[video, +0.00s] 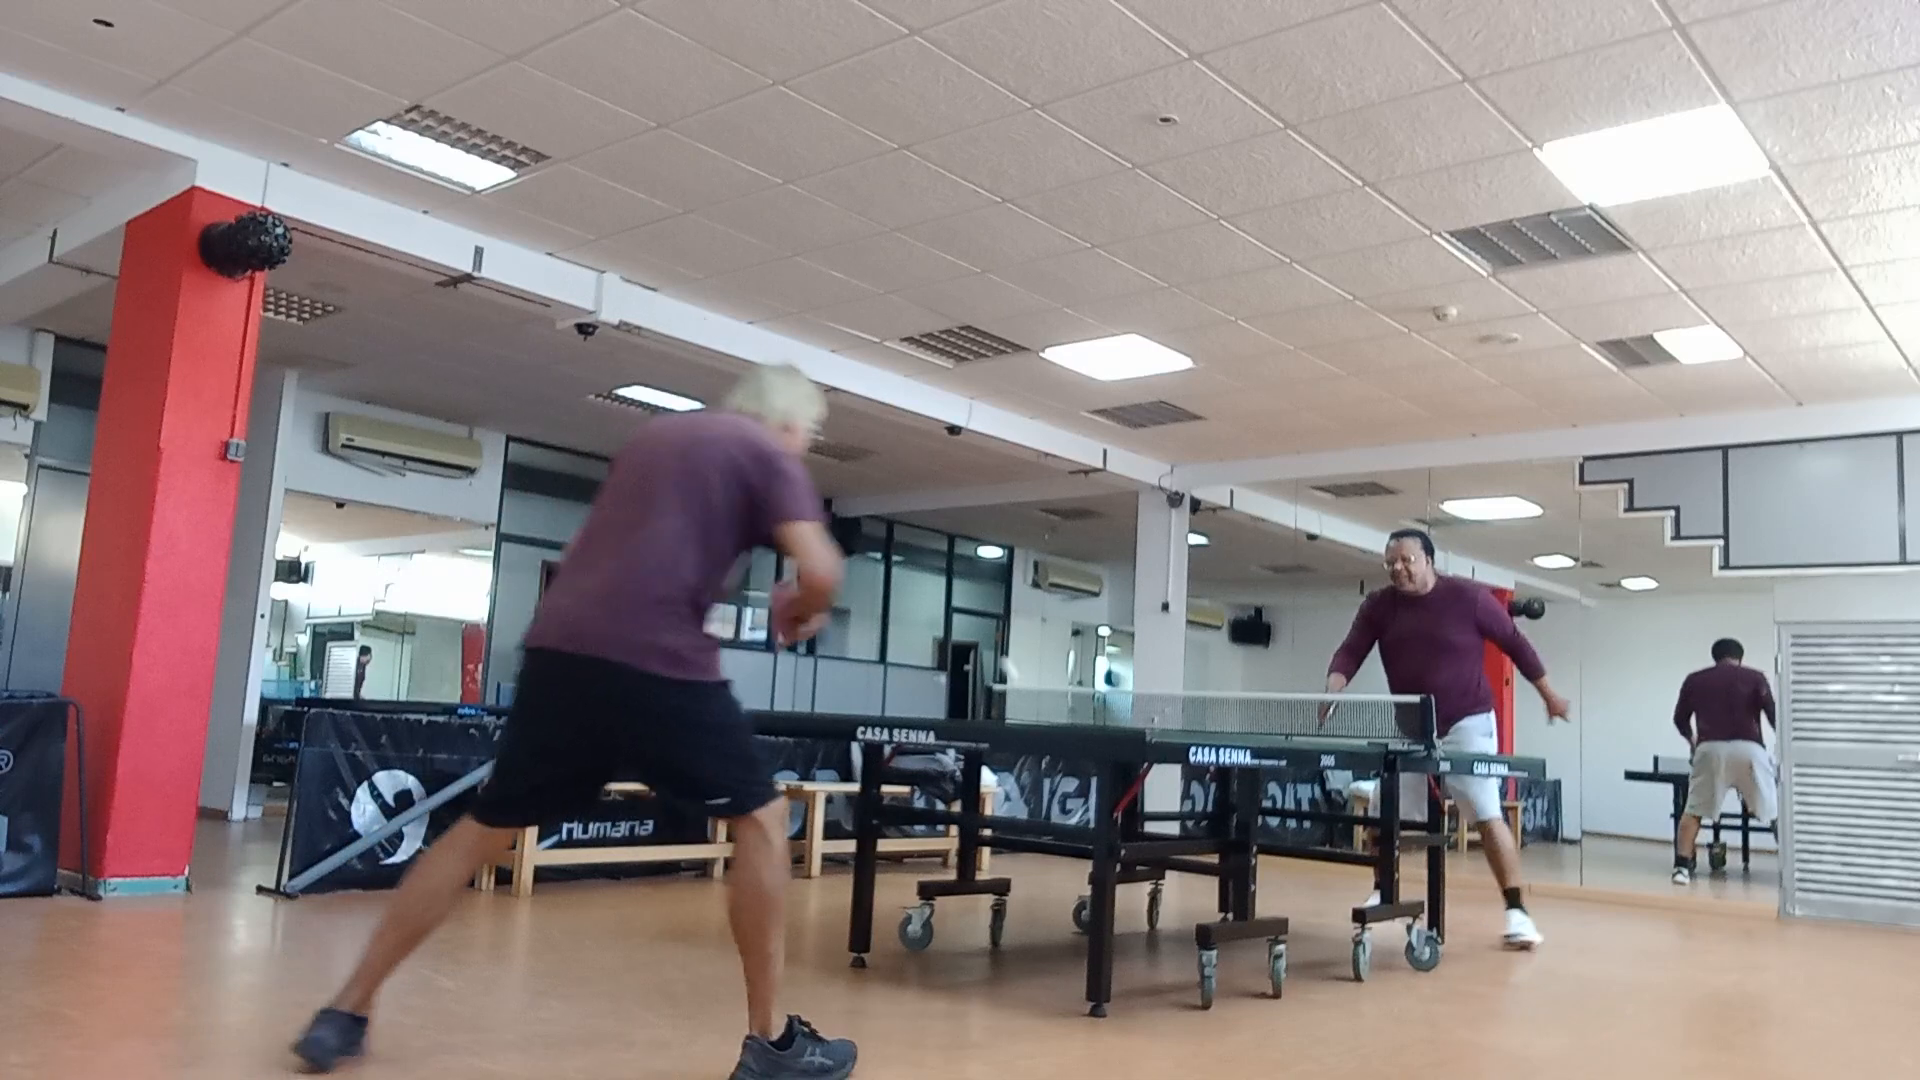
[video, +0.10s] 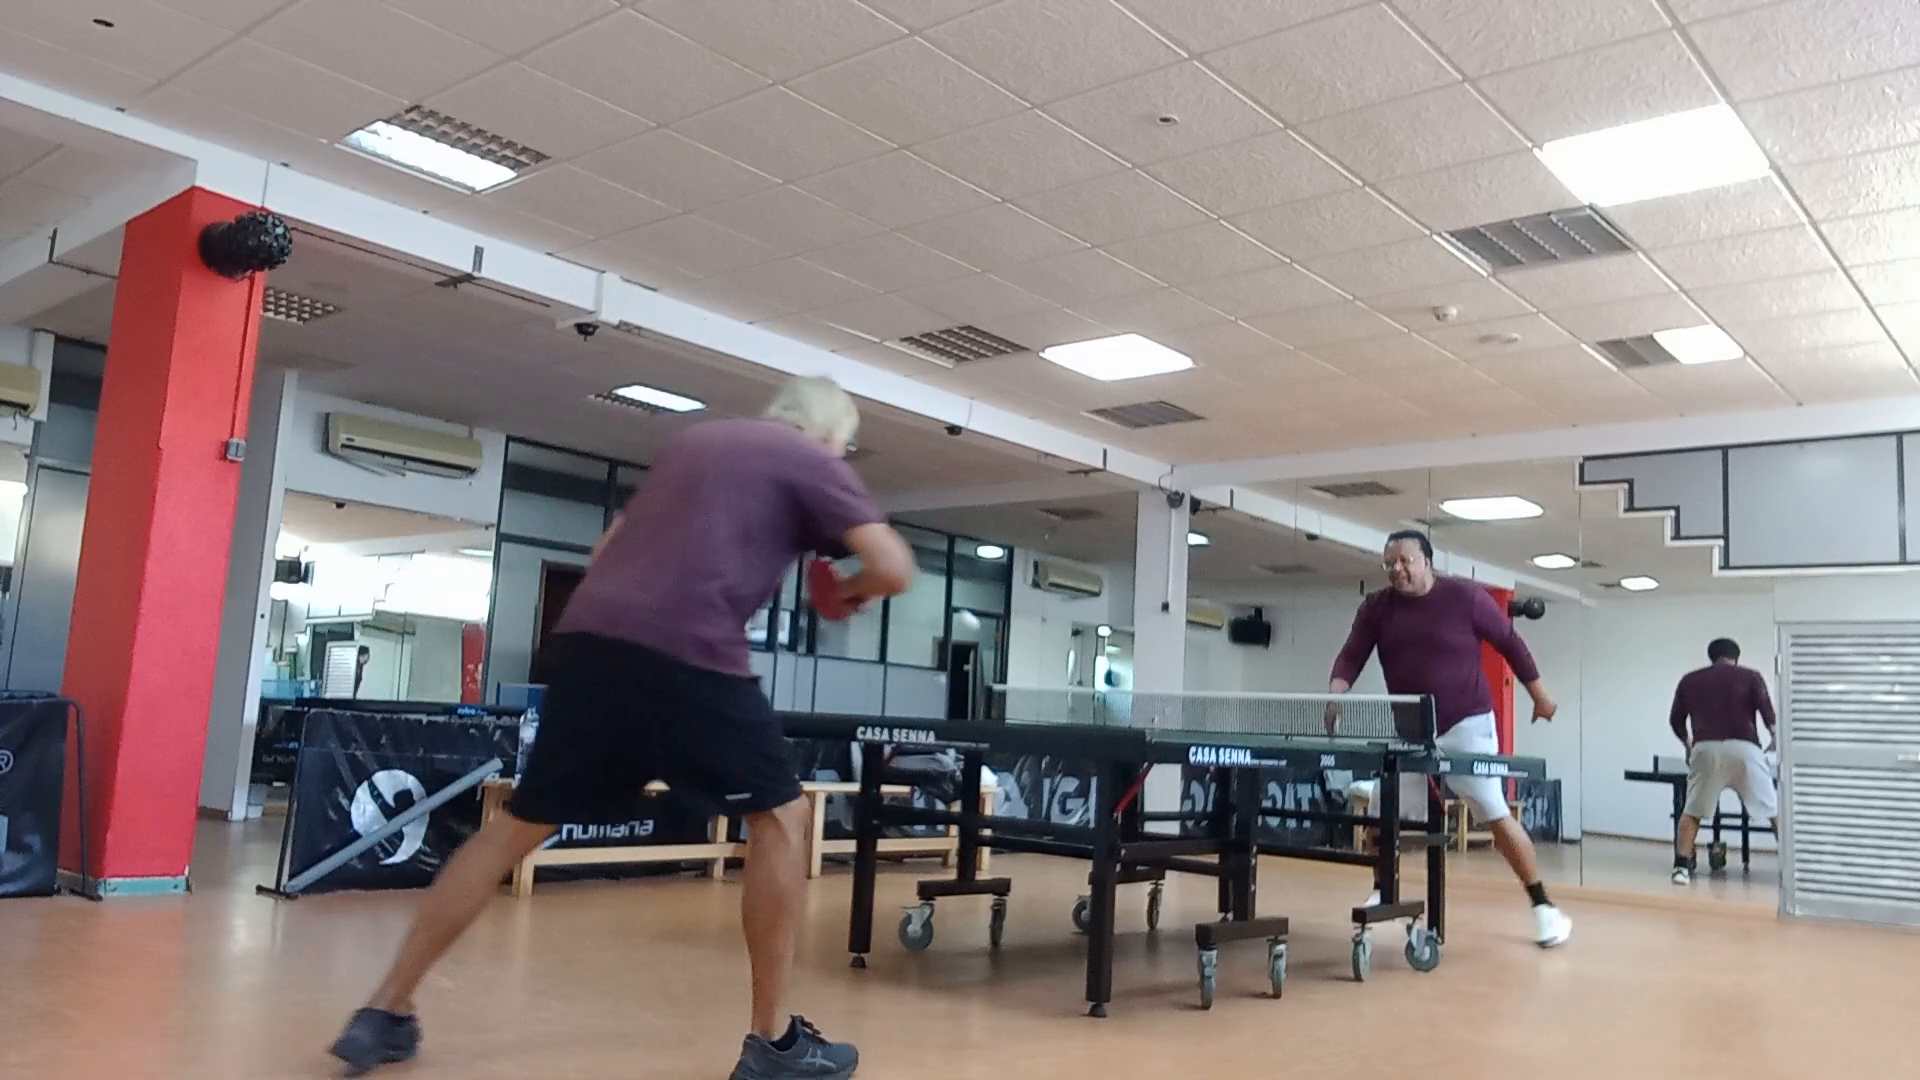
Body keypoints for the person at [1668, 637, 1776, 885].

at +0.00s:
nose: (1738, 663)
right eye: (1740, 659)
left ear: (1714, 659)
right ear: (1740, 658)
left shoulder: (1695, 679)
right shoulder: (1754, 677)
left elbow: (1680, 719)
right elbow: (1775, 716)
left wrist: (1692, 740)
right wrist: (1789, 742)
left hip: (1709, 750)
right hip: (1749, 750)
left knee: (1692, 812)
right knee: (1774, 813)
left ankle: (1681, 867)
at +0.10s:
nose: (1736, 663)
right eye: (1736, 659)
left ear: (1711, 658)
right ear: (1736, 658)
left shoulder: (1690, 679)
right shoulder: (1751, 677)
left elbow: (1676, 720)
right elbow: (1769, 715)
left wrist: (1687, 742)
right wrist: (1776, 738)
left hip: (1704, 749)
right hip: (1744, 749)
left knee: (1691, 812)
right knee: (1774, 811)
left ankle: (1681, 867)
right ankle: (1795, 864)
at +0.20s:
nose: (1734, 664)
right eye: (1735, 660)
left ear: (1710, 660)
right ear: (1735, 659)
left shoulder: (1690, 681)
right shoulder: (1750, 678)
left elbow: (1675, 723)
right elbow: (1771, 717)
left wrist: (1687, 748)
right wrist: (1780, 744)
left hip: (1704, 751)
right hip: (1744, 751)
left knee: (1691, 812)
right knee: (1773, 814)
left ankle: (1681, 867)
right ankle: (1794, 867)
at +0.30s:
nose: (1735, 665)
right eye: (1736, 661)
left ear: (1711, 661)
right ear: (1737, 661)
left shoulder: (1692, 684)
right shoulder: (1753, 680)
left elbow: (1677, 725)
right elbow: (1776, 718)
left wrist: (1689, 752)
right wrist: (1788, 749)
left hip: (1707, 755)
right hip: (1747, 754)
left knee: (1693, 813)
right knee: (1774, 818)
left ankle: (1681, 867)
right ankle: (1792, 871)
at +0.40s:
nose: (1740, 666)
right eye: (1741, 662)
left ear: (1715, 662)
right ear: (1740, 662)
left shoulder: (1695, 684)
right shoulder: (1756, 681)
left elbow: (1681, 726)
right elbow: (1779, 720)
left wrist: (1693, 752)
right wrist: (1789, 751)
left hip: (1709, 754)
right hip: (1749, 754)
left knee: (1696, 812)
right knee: (1776, 816)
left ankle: (1681, 867)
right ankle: (1792, 872)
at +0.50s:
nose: (1745, 666)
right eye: (1746, 663)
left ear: (1719, 661)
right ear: (1744, 662)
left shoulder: (1699, 684)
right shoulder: (1759, 682)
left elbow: (1685, 726)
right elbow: (1782, 721)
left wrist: (1699, 751)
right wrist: (1790, 752)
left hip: (1711, 753)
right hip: (1750, 753)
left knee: (1699, 812)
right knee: (1778, 816)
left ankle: (1681, 867)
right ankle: (1794, 875)